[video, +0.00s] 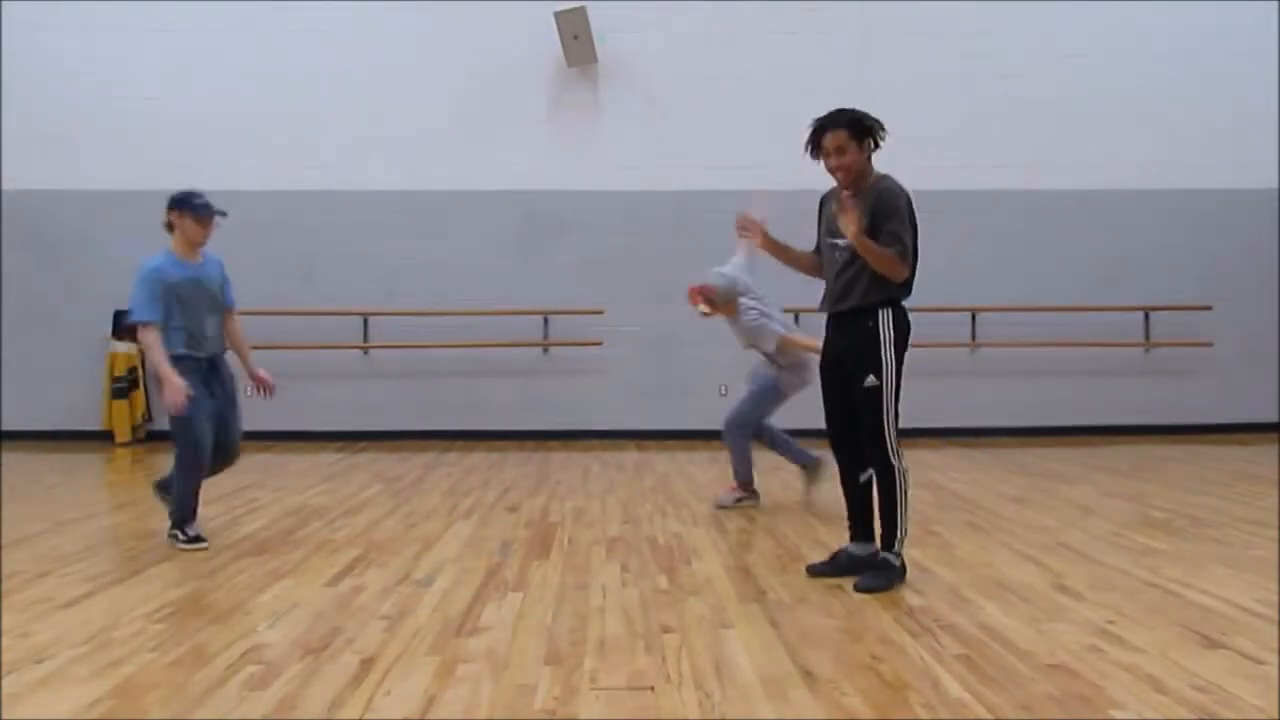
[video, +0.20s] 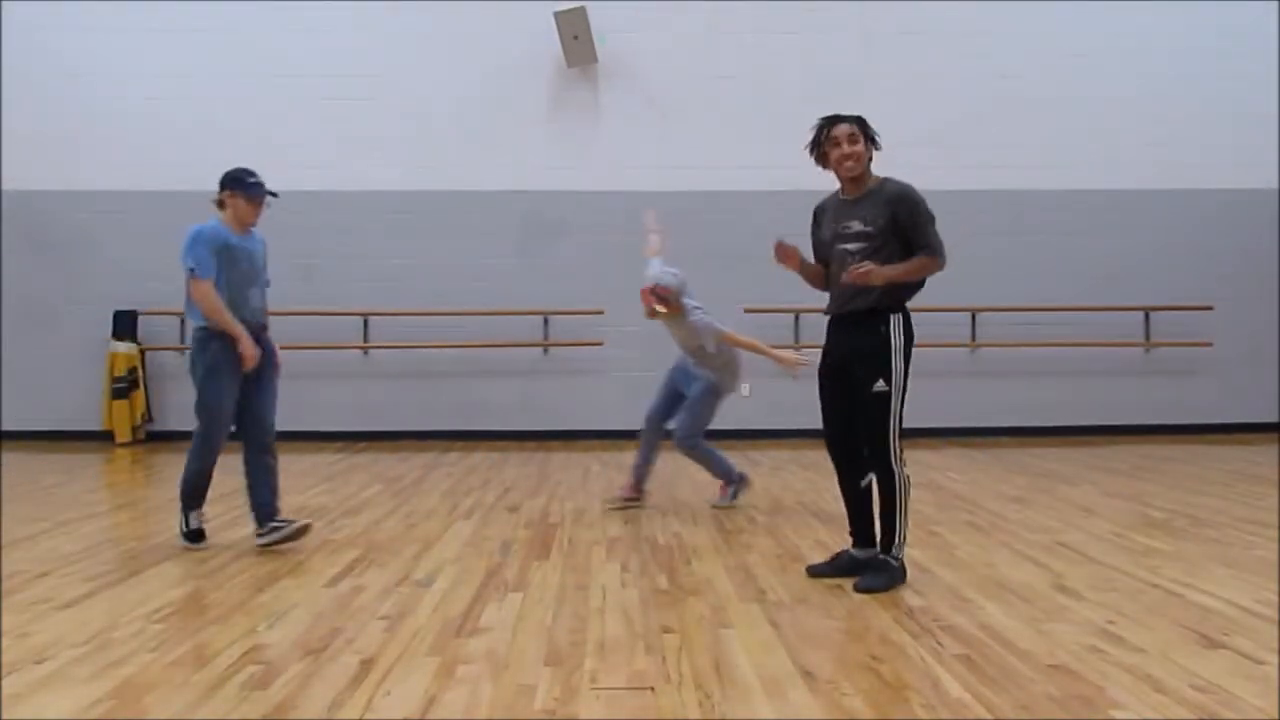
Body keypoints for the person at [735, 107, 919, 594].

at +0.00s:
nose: (834, 163)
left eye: (842, 151)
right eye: (826, 156)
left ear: (867, 147)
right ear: (821, 158)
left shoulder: (890, 196)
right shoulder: (831, 202)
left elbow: (900, 271)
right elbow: (821, 266)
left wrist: (858, 234)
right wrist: (769, 243)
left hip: (879, 324)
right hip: (840, 326)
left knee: (880, 440)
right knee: (846, 441)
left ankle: (892, 554)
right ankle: (861, 545)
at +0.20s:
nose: (846, 150)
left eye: (853, 141)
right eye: (836, 145)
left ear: (870, 147)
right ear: (825, 159)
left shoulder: (900, 197)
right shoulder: (825, 212)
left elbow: (933, 258)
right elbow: (828, 281)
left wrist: (883, 274)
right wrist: (800, 265)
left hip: (885, 329)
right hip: (842, 331)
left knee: (880, 444)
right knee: (843, 443)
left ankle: (892, 556)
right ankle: (861, 548)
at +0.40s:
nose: (848, 139)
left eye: (852, 132)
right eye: (836, 137)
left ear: (866, 144)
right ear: (823, 158)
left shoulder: (904, 185)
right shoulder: (821, 214)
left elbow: (952, 218)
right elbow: (817, 284)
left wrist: (932, 244)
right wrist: (798, 236)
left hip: (892, 332)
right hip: (844, 335)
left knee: (896, 452)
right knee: (847, 449)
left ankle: (892, 557)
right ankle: (857, 549)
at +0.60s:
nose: (843, 136)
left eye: (849, 132)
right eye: (831, 135)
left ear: (865, 148)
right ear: (819, 158)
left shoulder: (900, 187)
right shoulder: (819, 218)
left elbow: (942, 234)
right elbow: (829, 287)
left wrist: (923, 263)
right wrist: (809, 280)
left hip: (895, 331)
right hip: (845, 335)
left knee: (897, 450)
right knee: (847, 449)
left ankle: (889, 555)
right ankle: (855, 551)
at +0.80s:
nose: (849, 128)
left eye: (859, 125)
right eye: (840, 126)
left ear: (875, 145)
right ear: (829, 148)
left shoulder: (896, 181)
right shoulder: (821, 201)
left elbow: (941, 234)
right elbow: (829, 251)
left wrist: (890, 220)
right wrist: (817, 269)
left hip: (891, 326)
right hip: (843, 328)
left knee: (898, 447)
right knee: (849, 445)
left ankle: (893, 556)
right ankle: (856, 550)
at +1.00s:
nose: (857, 132)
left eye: (867, 130)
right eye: (848, 129)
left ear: (882, 153)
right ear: (834, 152)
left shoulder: (900, 191)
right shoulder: (830, 203)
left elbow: (947, 244)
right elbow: (836, 267)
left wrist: (912, 283)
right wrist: (812, 243)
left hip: (886, 329)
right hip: (839, 331)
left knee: (892, 447)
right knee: (844, 446)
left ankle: (893, 557)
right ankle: (858, 551)